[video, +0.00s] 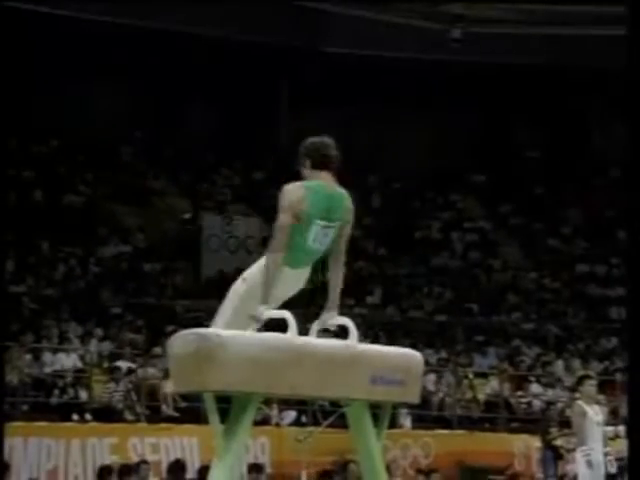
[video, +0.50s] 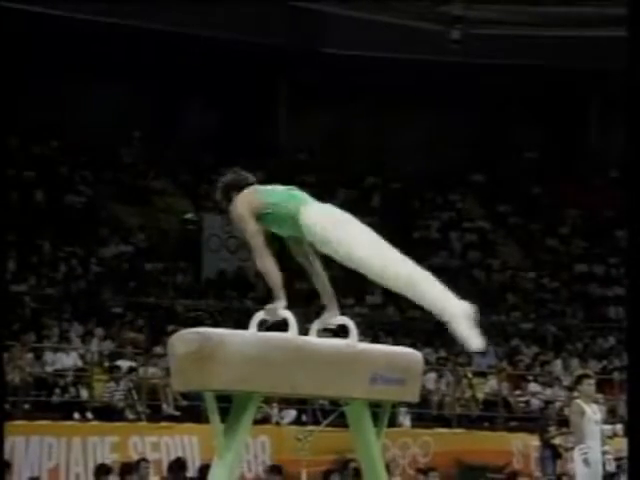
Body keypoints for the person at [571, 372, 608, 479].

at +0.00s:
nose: (594, 389)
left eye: (595, 385)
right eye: (590, 385)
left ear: (597, 388)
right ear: (580, 388)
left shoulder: (597, 408)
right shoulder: (578, 407)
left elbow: (598, 431)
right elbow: (579, 433)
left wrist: (616, 431)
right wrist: (585, 455)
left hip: (599, 453)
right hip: (587, 454)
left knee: (599, 475)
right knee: (588, 475)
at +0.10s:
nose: (594, 389)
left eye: (595, 385)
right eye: (590, 385)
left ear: (597, 388)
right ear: (580, 388)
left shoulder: (597, 408)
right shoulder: (578, 406)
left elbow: (599, 431)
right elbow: (579, 433)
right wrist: (585, 454)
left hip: (598, 452)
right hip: (587, 453)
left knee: (599, 474)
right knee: (587, 475)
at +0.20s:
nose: (593, 388)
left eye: (594, 385)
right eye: (590, 385)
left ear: (596, 387)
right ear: (580, 388)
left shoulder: (596, 407)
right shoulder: (578, 406)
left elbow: (598, 430)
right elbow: (579, 431)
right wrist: (584, 454)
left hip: (598, 450)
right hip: (587, 452)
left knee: (599, 474)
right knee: (587, 475)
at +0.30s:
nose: (593, 388)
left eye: (594, 385)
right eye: (589, 385)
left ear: (596, 387)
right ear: (580, 388)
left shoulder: (596, 407)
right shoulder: (578, 406)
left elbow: (598, 430)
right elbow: (578, 431)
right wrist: (584, 454)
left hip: (598, 449)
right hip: (586, 451)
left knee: (599, 474)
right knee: (587, 475)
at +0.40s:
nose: (593, 388)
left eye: (594, 385)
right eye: (589, 385)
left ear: (595, 387)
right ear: (579, 388)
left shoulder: (595, 407)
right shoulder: (577, 405)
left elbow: (597, 429)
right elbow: (578, 431)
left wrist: (615, 430)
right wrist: (584, 453)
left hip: (597, 449)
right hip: (586, 451)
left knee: (598, 474)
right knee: (586, 475)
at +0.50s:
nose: (592, 388)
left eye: (593, 385)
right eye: (588, 385)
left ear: (595, 386)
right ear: (579, 387)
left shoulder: (594, 406)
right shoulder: (577, 405)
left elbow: (596, 429)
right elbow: (577, 430)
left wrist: (614, 430)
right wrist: (583, 453)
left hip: (596, 449)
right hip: (585, 450)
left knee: (597, 474)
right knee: (585, 475)